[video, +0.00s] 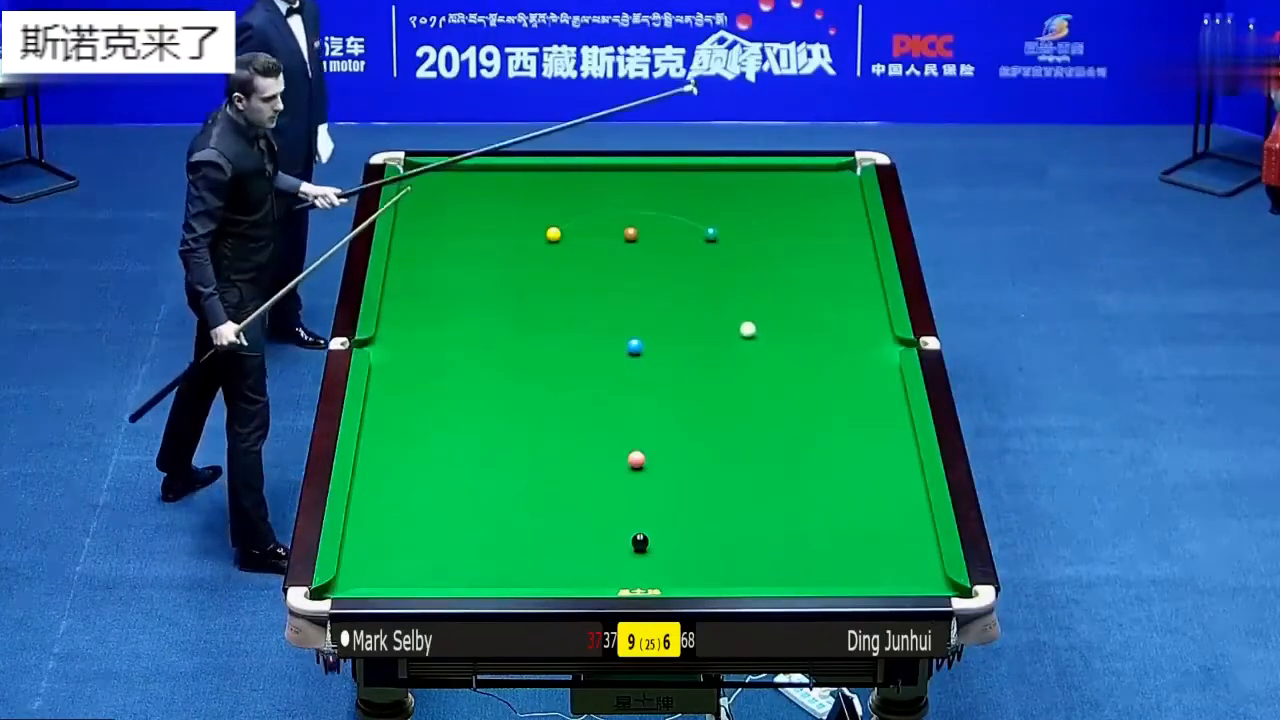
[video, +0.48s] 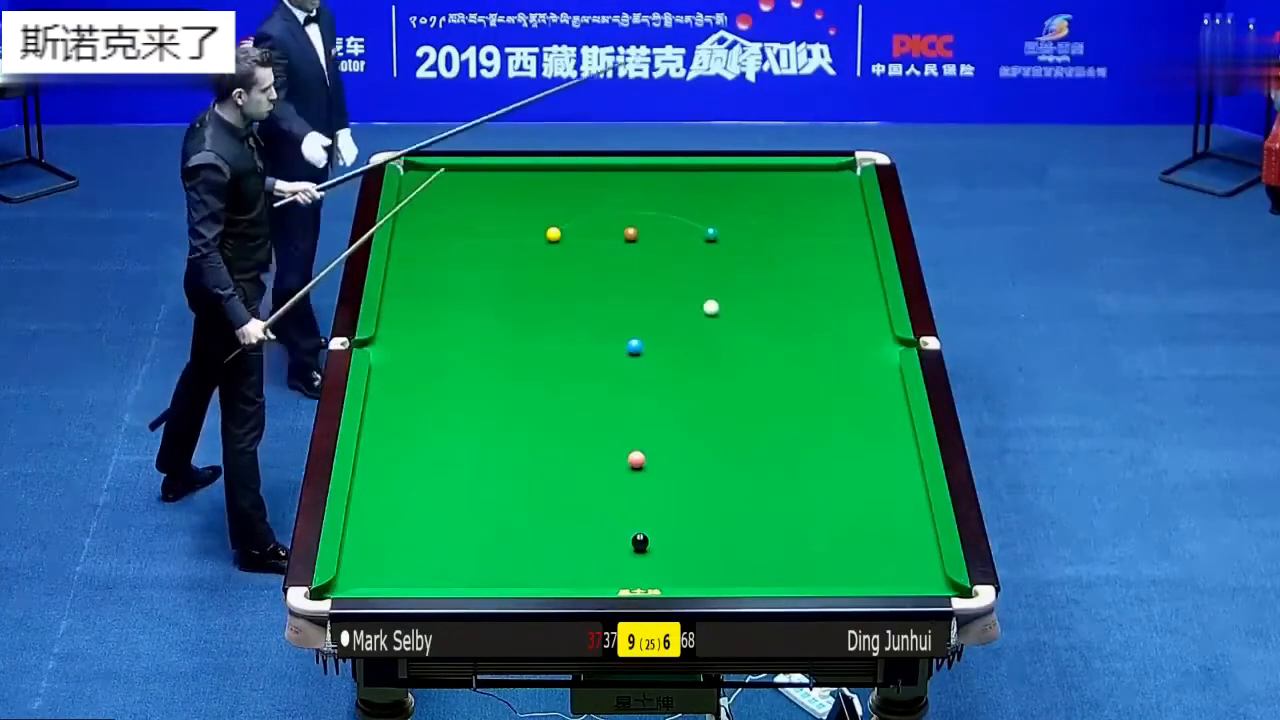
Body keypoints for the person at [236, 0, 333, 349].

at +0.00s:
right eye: (270, 97)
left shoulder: (308, 10)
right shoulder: (253, 24)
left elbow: (317, 72)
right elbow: (246, 94)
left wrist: (321, 125)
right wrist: (256, 144)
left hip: (302, 148)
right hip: (272, 153)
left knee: (295, 235)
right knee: (277, 238)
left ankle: (284, 317)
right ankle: (281, 320)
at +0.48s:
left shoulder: (323, 17)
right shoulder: (273, 35)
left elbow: (330, 77)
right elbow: (273, 102)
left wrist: (341, 127)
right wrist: (303, 135)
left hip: (315, 155)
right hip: (286, 162)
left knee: (304, 256)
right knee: (294, 263)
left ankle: (299, 336)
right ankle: (300, 368)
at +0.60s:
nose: (321, 3)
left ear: (324, 2)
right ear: (292, 1)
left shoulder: (323, 27)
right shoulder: (282, 43)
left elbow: (329, 87)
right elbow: (290, 100)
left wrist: (343, 129)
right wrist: (328, 128)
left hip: (322, 164)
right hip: (294, 171)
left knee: (302, 264)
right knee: (309, 272)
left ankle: (307, 359)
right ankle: (304, 378)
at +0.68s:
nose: (322, 5)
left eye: (325, 0)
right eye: (314, 0)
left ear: (326, 3)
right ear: (293, 3)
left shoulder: (321, 30)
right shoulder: (284, 45)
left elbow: (327, 92)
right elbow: (293, 101)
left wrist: (343, 139)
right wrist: (331, 126)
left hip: (321, 167)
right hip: (297, 174)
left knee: (301, 260)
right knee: (313, 275)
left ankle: (279, 321)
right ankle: (305, 379)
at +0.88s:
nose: (331, 9)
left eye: (335, 3)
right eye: (322, 3)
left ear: (337, 5)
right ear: (299, 6)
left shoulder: (319, 40)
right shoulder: (292, 53)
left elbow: (326, 103)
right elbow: (309, 103)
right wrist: (347, 129)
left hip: (319, 180)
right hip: (301, 185)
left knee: (311, 268)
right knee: (311, 282)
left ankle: (283, 317)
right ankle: (304, 380)